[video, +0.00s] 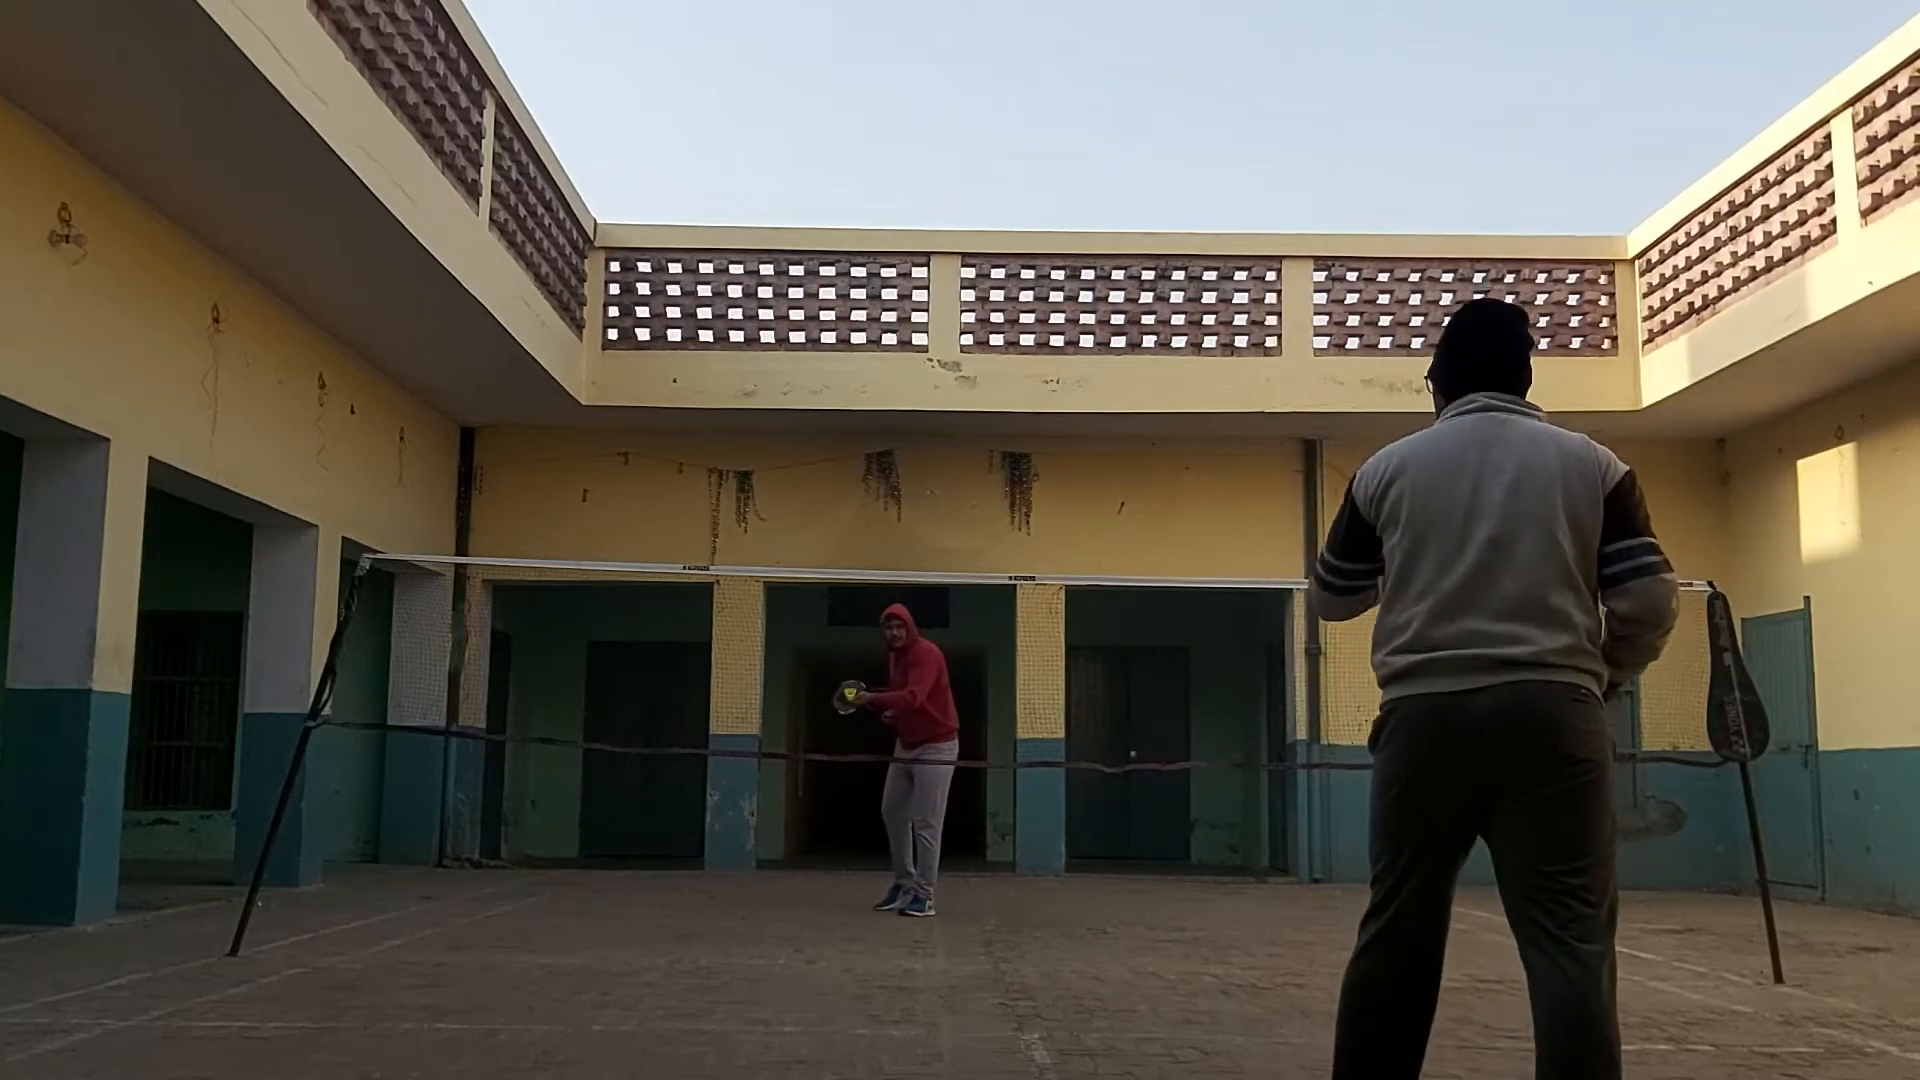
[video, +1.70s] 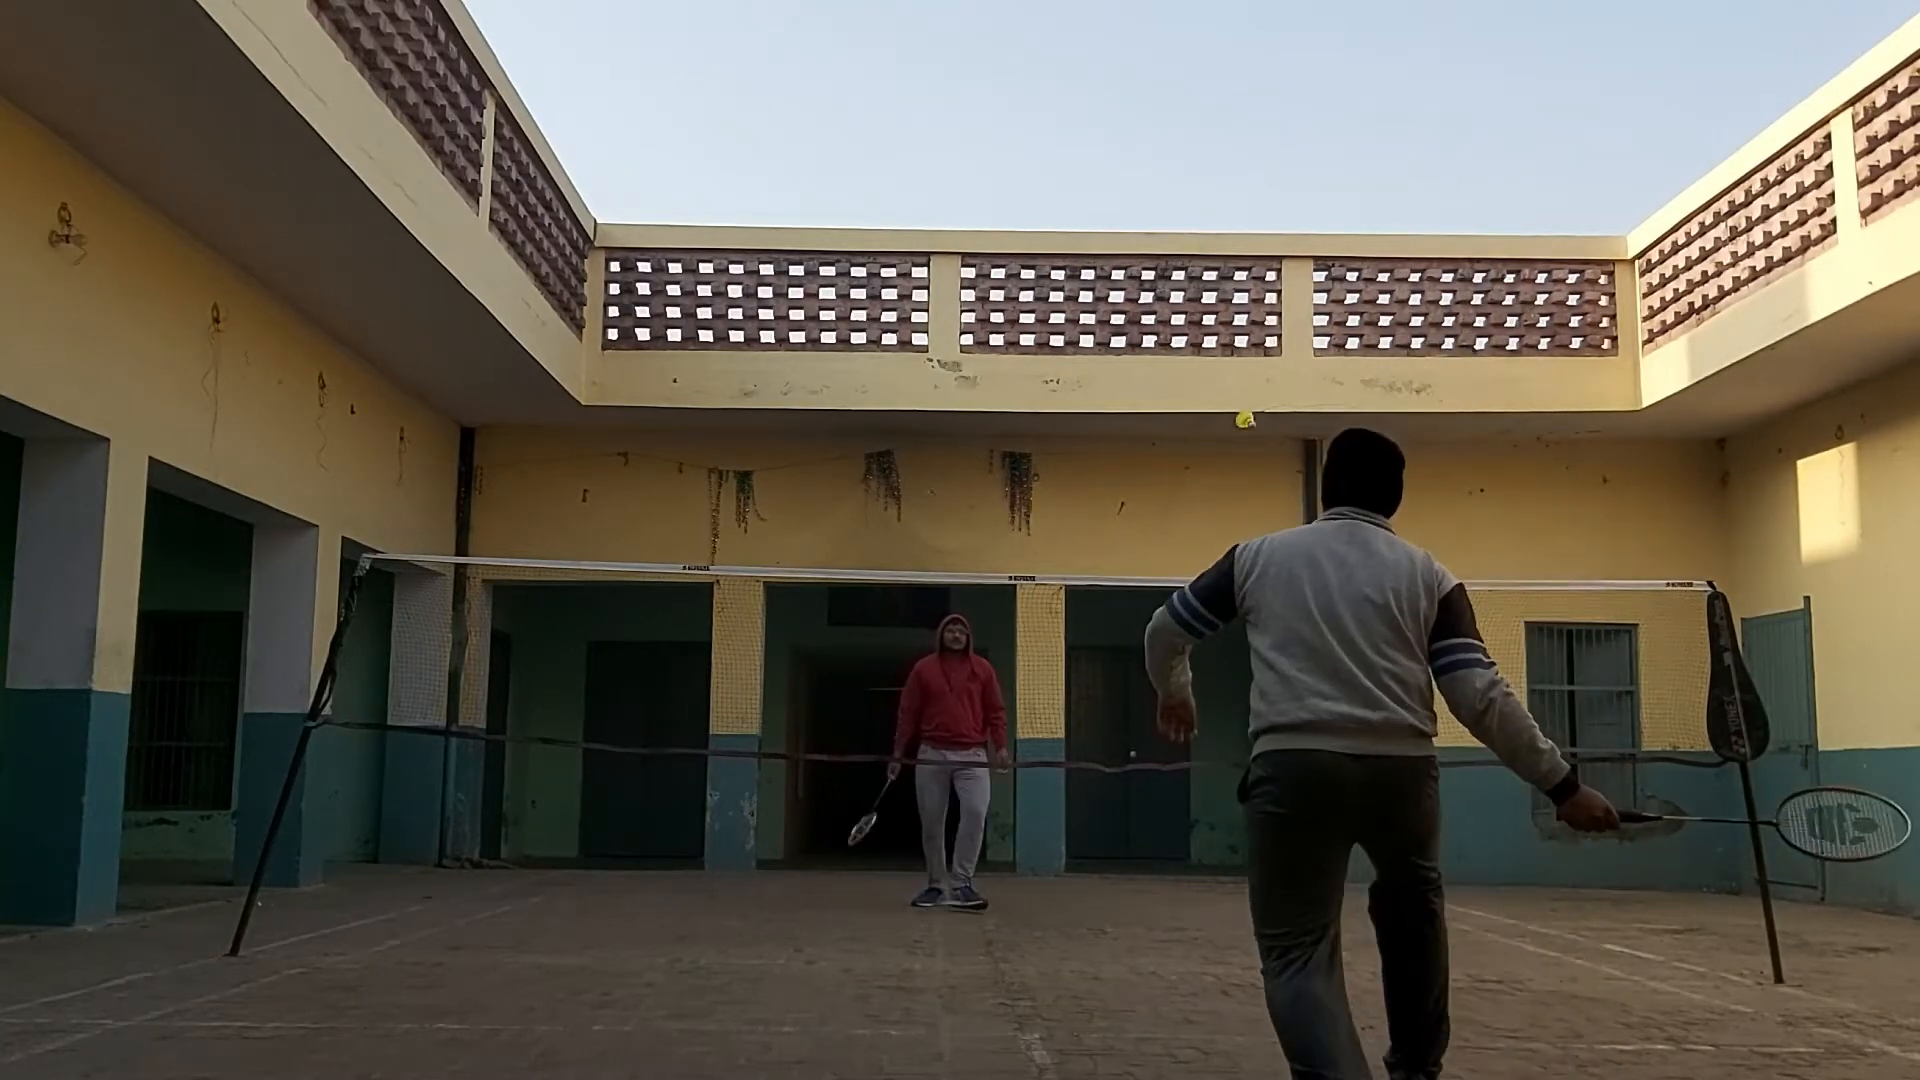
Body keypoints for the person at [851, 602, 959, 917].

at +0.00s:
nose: (894, 632)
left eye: (899, 626)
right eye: (889, 627)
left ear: (911, 628)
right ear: (883, 632)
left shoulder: (926, 653)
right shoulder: (896, 656)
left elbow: (913, 697)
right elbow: (904, 697)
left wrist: (867, 698)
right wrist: (892, 710)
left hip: (936, 747)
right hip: (906, 745)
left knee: (926, 821)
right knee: (893, 813)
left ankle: (923, 894)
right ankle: (904, 884)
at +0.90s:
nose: (888, 634)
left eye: (893, 628)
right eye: (886, 629)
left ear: (909, 629)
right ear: (887, 632)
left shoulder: (930, 655)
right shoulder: (901, 660)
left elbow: (929, 706)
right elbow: (906, 704)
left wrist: (893, 726)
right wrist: (889, 726)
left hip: (939, 750)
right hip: (911, 748)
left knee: (928, 822)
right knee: (894, 812)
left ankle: (923, 894)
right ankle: (902, 883)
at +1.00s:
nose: (897, 632)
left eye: (902, 627)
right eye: (893, 628)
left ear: (915, 628)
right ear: (890, 632)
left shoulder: (936, 655)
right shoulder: (899, 660)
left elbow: (942, 708)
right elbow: (896, 698)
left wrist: (918, 739)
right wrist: (895, 715)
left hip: (941, 751)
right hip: (910, 749)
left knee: (929, 823)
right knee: (891, 812)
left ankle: (924, 894)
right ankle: (902, 882)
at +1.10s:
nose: (906, 630)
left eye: (911, 624)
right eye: (901, 625)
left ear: (922, 627)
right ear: (896, 630)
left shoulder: (943, 656)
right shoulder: (897, 660)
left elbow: (953, 703)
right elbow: (887, 702)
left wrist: (949, 743)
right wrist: (904, 702)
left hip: (941, 750)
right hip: (909, 748)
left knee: (930, 823)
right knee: (890, 811)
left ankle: (924, 895)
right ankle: (908, 880)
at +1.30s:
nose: (928, 631)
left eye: (933, 626)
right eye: (923, 626)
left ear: (942, 631)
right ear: (915, 632)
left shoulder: (959, 661)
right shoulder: (904, 662)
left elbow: (982, 701)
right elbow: (892, 702)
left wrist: (990, 739)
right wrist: (918, 704)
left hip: (943, 753)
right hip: (908, 752)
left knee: (927, 824)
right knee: (899, 820)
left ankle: (922, 895)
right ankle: (931, 868)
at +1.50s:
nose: (942, 640)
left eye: (947, 636)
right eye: (937, 636)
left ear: (954, 642)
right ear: (928, 641)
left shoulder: (968, 673)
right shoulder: (912, 673)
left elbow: (992, 712)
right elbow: (898, 714)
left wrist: (1000, 749)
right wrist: (908, 741)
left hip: (951, 760)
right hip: (915, 760)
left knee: (937, 823)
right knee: (913, 825)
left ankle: (927, 891)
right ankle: (936, 884)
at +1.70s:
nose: (956, 635)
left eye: (961, 632)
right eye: (951, 631)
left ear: (968, 638)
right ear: (941, 636)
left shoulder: (982, 668)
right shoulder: (924, 669)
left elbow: (996, 711)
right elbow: (907, 715)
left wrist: (1001, 747)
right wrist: (897, 756)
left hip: (972, 755)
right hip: (932, 755)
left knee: (977, 813)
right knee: (932, 821)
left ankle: (962, 885)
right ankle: (936, 886)